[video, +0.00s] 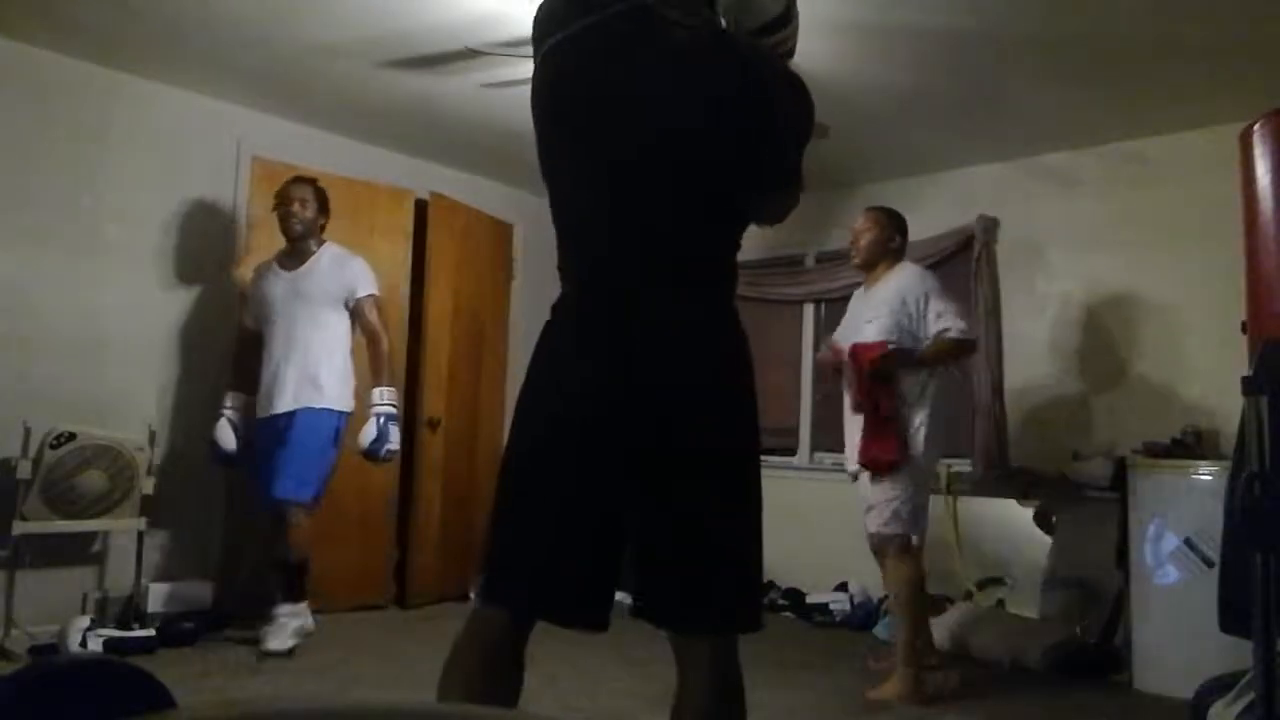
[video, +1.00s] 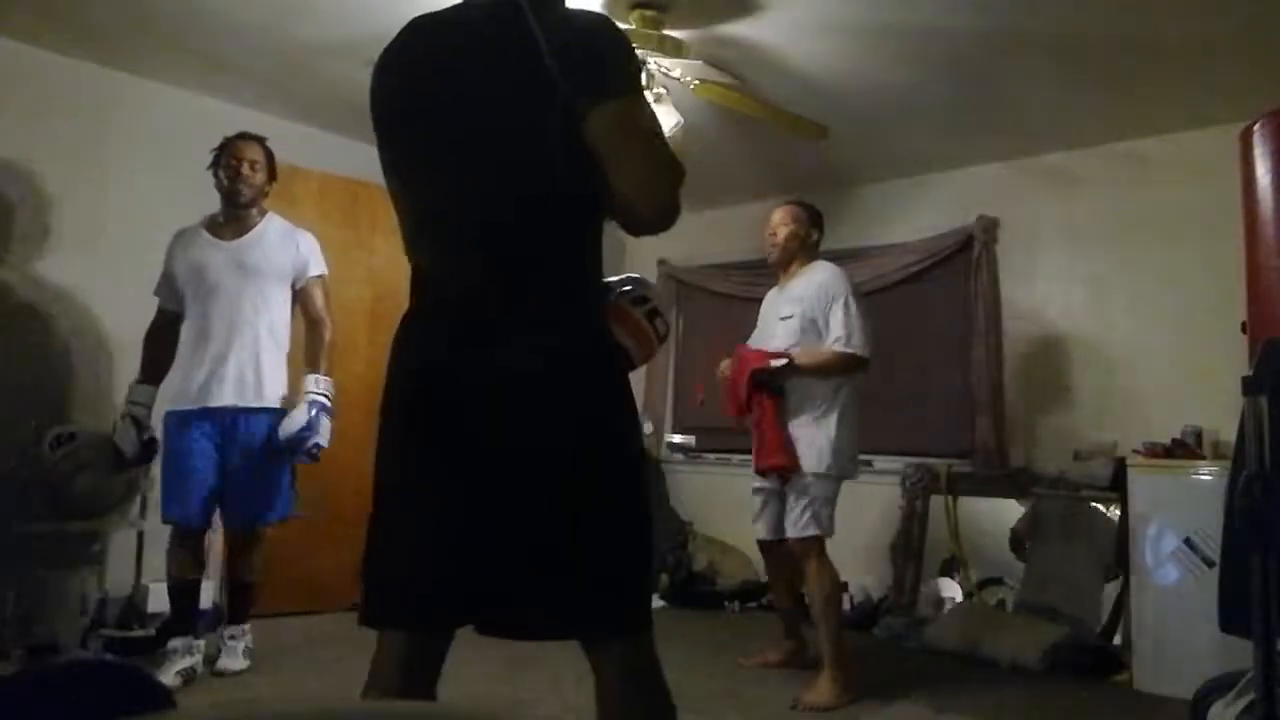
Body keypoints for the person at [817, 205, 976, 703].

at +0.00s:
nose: (851, 242)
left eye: (861, 232)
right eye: (852, 234)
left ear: (892, 238)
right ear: (867, 243)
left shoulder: (915, 280)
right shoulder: (861, 295)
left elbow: (960, 338)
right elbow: (849, 352)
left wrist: (901, 360)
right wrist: (833, 361)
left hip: (905, 441)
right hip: (870, 442)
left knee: (895, 544)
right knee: (884, 542)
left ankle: (906, 672)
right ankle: (917, 650)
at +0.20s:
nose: (832, 242)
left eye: (842, 233)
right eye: (834, 233)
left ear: (874, 241)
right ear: (863, 243)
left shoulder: (894, 282)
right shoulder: (856, 293)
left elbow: (913, 356)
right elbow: (852, 369)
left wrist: (841, 359)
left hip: (891, 450)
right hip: (861, 447)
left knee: (878, 553)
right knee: (834, 535)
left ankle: (904, 676)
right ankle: (900, 630)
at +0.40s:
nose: (807, 238)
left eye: (817, 229)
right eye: (807, 229)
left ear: (848, 236)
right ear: (834, 237)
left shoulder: (863, 273)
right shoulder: (824, 289)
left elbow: (877, 346)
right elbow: (826, 369)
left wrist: (810, 354)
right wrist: (778, 377)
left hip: (864, 449)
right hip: (824, 449)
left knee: (872, 548)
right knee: (803, 533)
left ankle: (902, 672)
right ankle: (813, 638)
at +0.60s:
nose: (782, 245)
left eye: (791, 236)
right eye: (781, 238)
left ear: (821, 244)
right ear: (791, 248)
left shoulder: (846, 284)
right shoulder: (793, 300)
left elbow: (875, 356)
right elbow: (796, 364)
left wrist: (807, 370)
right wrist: (762, 363)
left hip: (841, 436)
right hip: (798, 436)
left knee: (827, 538)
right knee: (780, 539)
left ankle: (889, 662)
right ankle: (793, 645)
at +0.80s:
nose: (769, 240)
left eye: (779, 231)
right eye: (768, 233)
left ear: (809, 237)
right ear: (775, 243)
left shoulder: (832, 277)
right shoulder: (775, 296)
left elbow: (871, 341)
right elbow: (771, 365)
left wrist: (808, 368)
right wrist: (747, 359)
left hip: (822, 433)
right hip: (779, 436)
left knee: (811, 534)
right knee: (783, 537)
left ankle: (844, 662)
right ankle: (793, 642)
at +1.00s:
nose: (768, 237)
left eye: (778, 229)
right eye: (768, 230)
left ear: (808, 235)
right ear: (777, 239)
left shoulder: (830, 278)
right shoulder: (774, 292)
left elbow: (853, 352)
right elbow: (769, 354)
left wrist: (779, 364)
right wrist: (738, 363)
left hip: (817, 440)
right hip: (775, 438)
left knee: (807, 544)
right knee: (771, 541)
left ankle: (833, 672)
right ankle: (793, 642)